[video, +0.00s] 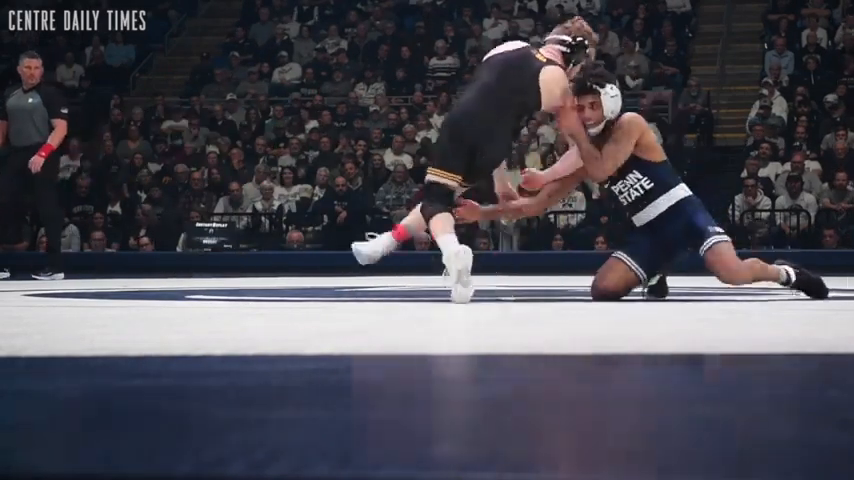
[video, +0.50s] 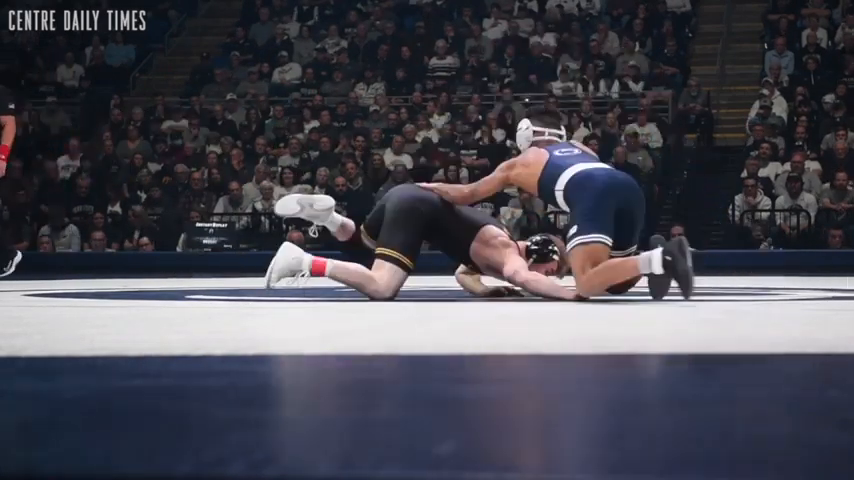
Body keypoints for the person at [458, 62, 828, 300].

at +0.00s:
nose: (584, 114)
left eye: (591, 105)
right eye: (578, 108)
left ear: (608, 102)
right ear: (573, 112)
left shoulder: (631, 123)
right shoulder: (585, 151)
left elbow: (598, 170)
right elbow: (539, 202)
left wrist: (571, 125)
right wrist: (484, 212)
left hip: (686, 218)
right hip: (648, 238)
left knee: (732, 274)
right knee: (601, 290)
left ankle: (786, 274)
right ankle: (651, 279)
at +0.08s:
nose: (566, 125)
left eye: (573, 118)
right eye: (564, 119)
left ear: (593, 117)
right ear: (563, 124)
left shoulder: (617, 135)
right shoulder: (574, 161)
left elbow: (594, 179)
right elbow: (548, 196)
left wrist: (562, 150)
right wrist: (534, 209)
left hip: (681, 219)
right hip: (640, 240)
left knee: (653, 254)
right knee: (592, 289)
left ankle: (734, 277)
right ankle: (649, 282)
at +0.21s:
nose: (555, 184)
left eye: (554, 174)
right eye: (551, 180)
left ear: (559, 158)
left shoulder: (583, 151)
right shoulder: (592, 193)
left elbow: (557, 163)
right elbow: (629, 247)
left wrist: (530, 178)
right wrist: (624, 224)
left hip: (676, 231)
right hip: (656, 238)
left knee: (615, 290)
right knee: (598, 286)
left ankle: (695, 289)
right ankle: (677, 282)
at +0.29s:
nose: (537, 169)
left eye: (536, 163)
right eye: (536, 166)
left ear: (544, 155)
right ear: (567, 150)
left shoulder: (557, 162)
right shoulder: (592, 172)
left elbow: (503, 182)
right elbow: (627, 237)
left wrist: (473, 169)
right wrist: (580, 240)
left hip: (667, 226)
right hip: (668, 228)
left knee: (606, 293)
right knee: (605, 288)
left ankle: (692, 284)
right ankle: (687, 277)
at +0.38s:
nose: (519, 166)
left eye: (520, 160)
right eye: (521, 162)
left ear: (530, 150)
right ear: (553, 145)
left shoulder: (536, 159)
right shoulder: (572, 163)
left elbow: (479, 175)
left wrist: (439, 167)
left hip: (649, 204)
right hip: (649, 205)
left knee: (619, 289)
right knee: (605, 284)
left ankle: (705, 277)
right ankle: (676, 271)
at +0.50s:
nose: (517, 151)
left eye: (518, 146)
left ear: (523, 143)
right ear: (556, 140)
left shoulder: (518, 164)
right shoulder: (579, 150)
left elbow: (467, 194)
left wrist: (433, 186)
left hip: (591, 187)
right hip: (630, 188)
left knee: (587, 281)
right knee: (610, 280)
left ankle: (658, 260)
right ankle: (663, 259)